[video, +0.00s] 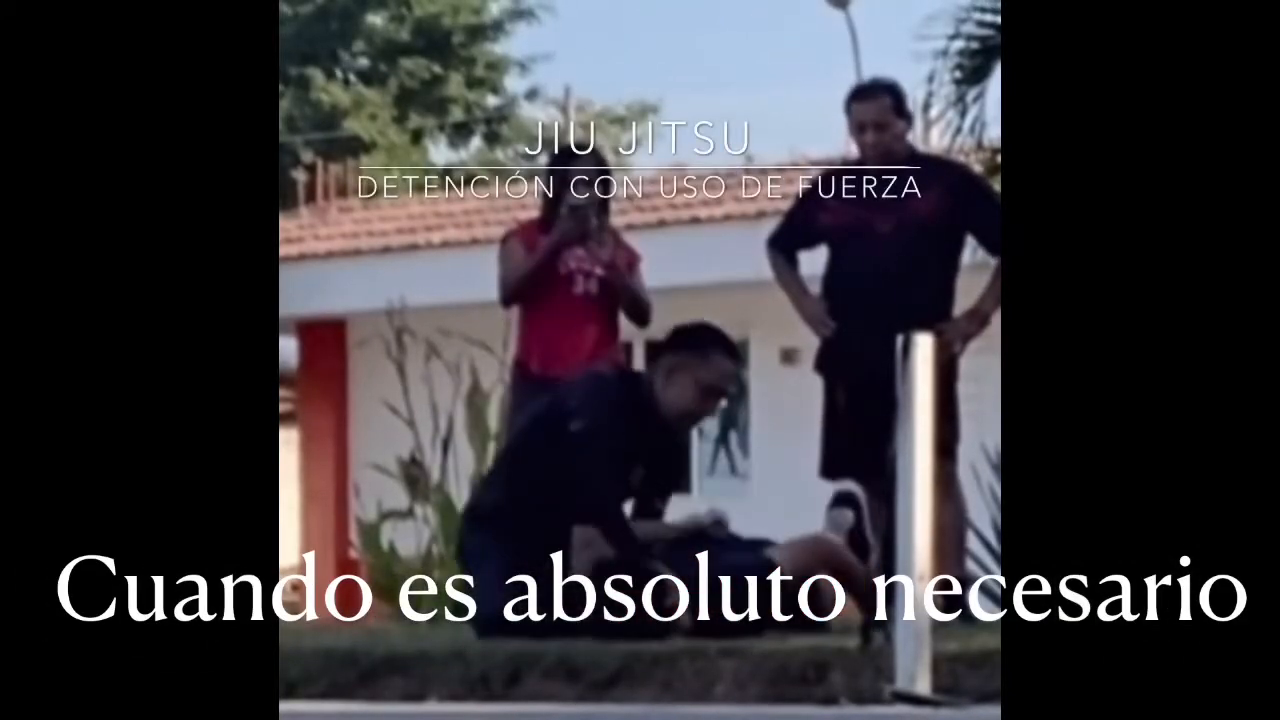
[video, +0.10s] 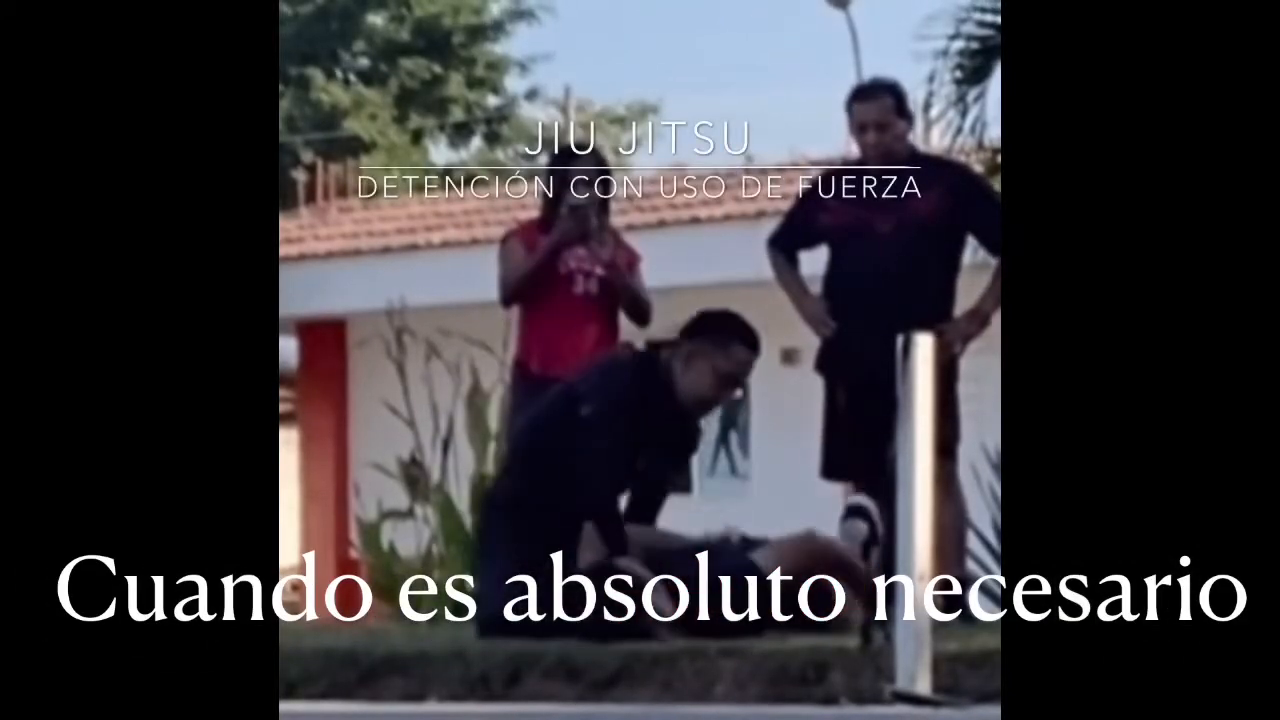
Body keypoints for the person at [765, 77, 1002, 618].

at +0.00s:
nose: (870, 139)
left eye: (880, 127)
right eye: (860, 129)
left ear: (905, 124)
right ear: (849, 133)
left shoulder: (949, 181)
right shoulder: (832, 188)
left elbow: (1004, 248)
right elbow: (778, 249)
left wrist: (975, 318)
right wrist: (815, 317)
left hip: (925, 357)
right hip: (852, 355)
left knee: (933, 480)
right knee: (863, 484)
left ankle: (946, 597)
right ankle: (876, 603)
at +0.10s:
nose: (872, 140)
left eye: (881, 127)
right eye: (861, 130)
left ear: (907, 125)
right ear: (850, 133)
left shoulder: (950, 181)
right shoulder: (832, 188)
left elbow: (1004, 248)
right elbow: (779, 248)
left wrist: (976, 318)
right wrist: (815, 317)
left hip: (926, 355)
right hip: (853, 353)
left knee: (934, 478)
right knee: (864, 482)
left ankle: (946, 594)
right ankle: (869, 602)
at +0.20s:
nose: (872, 139)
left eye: (882, 127)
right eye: (862, 129)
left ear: (907, 125)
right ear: (851, 132)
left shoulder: (950, 181)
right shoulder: (832, 188)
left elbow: (1004, 248)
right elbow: (779, 249)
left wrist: (976, 318)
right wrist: (814, 316)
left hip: (926, 355)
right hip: (853, 352)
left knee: (935, 477)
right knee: (865, 480)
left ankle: (944, 594)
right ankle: (868, 593)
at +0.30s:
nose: (873, 138)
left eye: (883, 126)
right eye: (862, 128)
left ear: (908, 124)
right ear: (852, 131)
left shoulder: (950, 182)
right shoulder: (834, 187)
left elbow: (1004, 249)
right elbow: (780, 245)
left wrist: (975, 318)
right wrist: (808, 302)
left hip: (926, 355)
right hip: (853, 353)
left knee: (935, 476)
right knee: (865, 479)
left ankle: (946, 592)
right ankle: (871, 592)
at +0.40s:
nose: (873, 138)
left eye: (883, 126)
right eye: (863, 128)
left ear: (907, 124)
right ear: (852, 131)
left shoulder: (950, 181)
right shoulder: (834, 187)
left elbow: (1004, 249)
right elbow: (780, 245)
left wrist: (976, 317)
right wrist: (808, 302)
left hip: (926, 354)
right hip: (853, 352)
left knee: (934, 475)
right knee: (865, 479)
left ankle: (946, 593)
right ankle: (870, 595)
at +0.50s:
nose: (870, 140)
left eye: (880, 128)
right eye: (860, 130)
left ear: (906, 125)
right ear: (850, 133)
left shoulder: (950, 182)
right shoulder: (833, 188)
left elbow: (1003, 249)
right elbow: (778, 247)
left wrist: (975, 318)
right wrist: (813, 314)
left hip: (926, 357)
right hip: (853, 354)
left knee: (934, 479)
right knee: (863, 484)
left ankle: (945, 595)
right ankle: (872, 602)